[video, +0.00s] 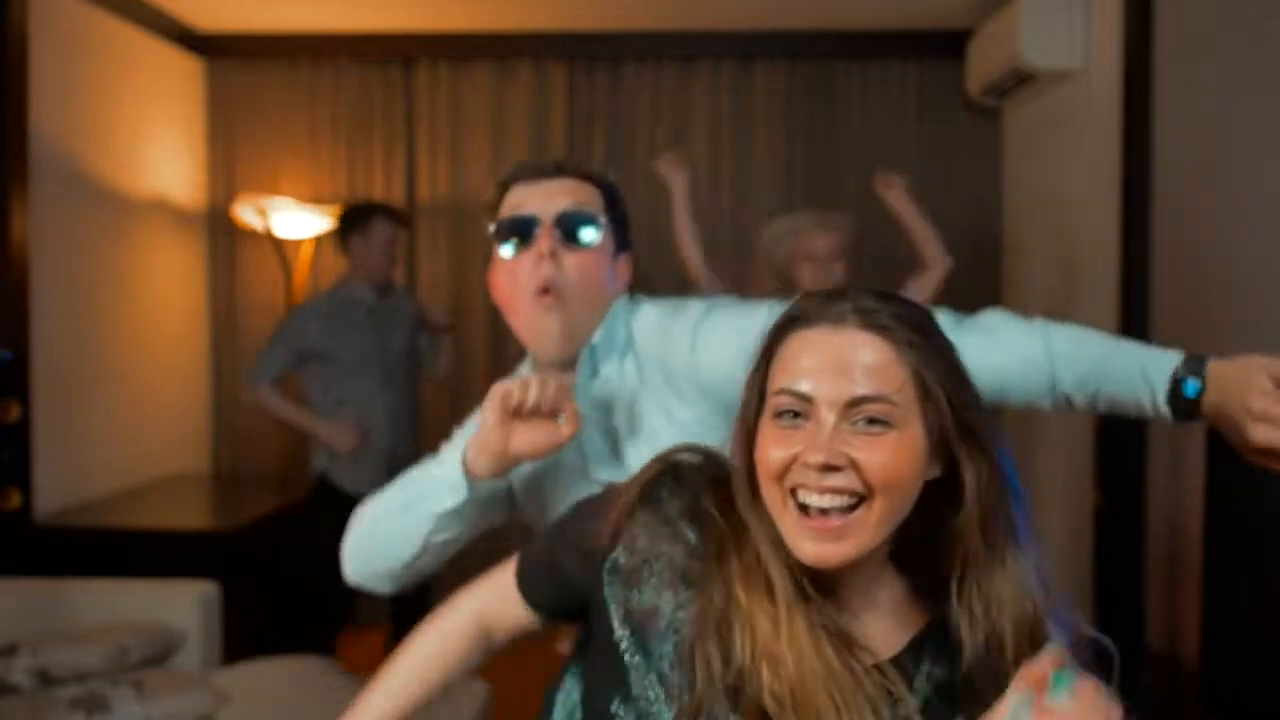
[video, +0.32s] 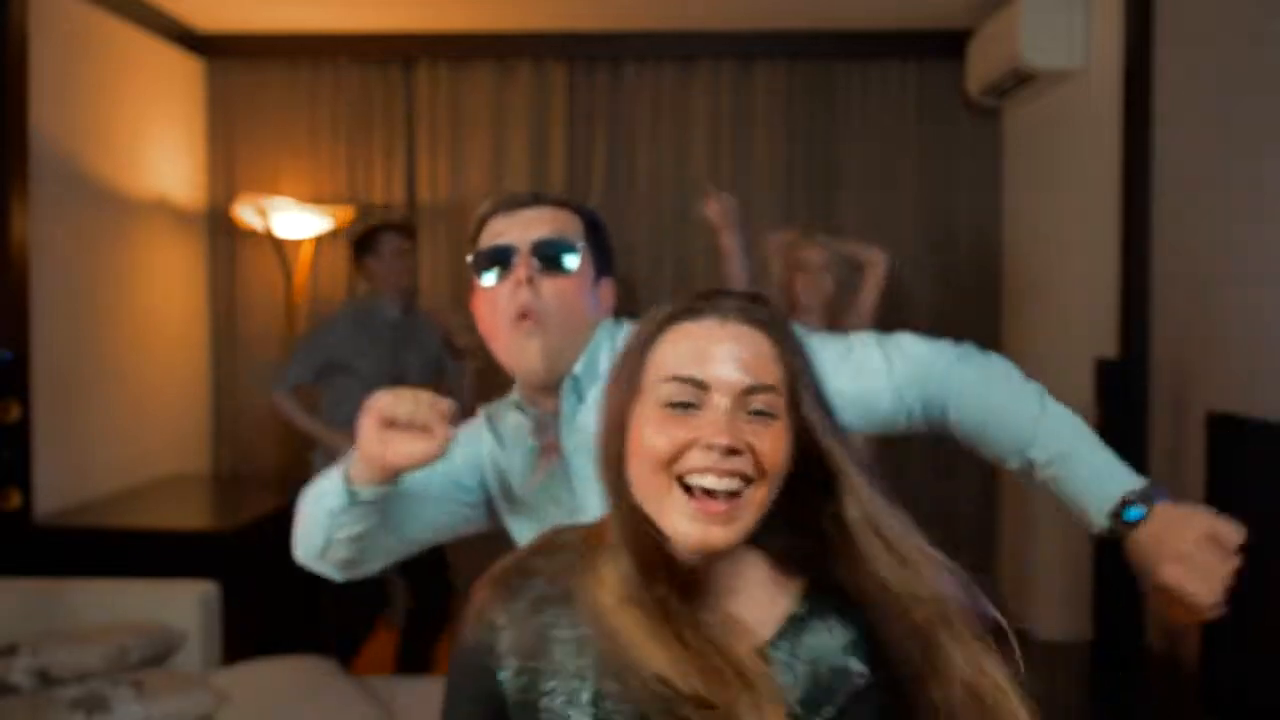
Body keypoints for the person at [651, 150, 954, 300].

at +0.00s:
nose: (825, 271)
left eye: (834, 260)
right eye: (811, 260)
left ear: (848, 264)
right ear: (785, 266)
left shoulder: (872, 320)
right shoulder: (760, 318)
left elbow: (938, 266)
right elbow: (697, 269)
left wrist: (898, 198)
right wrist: (679, 186)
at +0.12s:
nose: (817, 293)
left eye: (827, 281)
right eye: (803, 281)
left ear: (843, 287)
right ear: (773, 291)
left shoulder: (863, 349)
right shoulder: (754, 348)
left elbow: (913, 279)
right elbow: (712, 282)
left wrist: (851, 222)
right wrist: (679, 195)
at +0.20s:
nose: (812, 291)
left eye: (824, 282)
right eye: (798, 280)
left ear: (839, 295)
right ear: (771, 287)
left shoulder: (854, 354)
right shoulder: (750, 341)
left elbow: (897, 281)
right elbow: (720, 282)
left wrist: (830, 239)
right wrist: (690, 206)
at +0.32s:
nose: (811, 282)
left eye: (822, 272)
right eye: (802, 271)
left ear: (834, 281)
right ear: (786, 278)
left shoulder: (848, 337)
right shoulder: (770, 334)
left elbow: (877, 262)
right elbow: (771, 243)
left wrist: (825, 243)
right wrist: (797, 236)